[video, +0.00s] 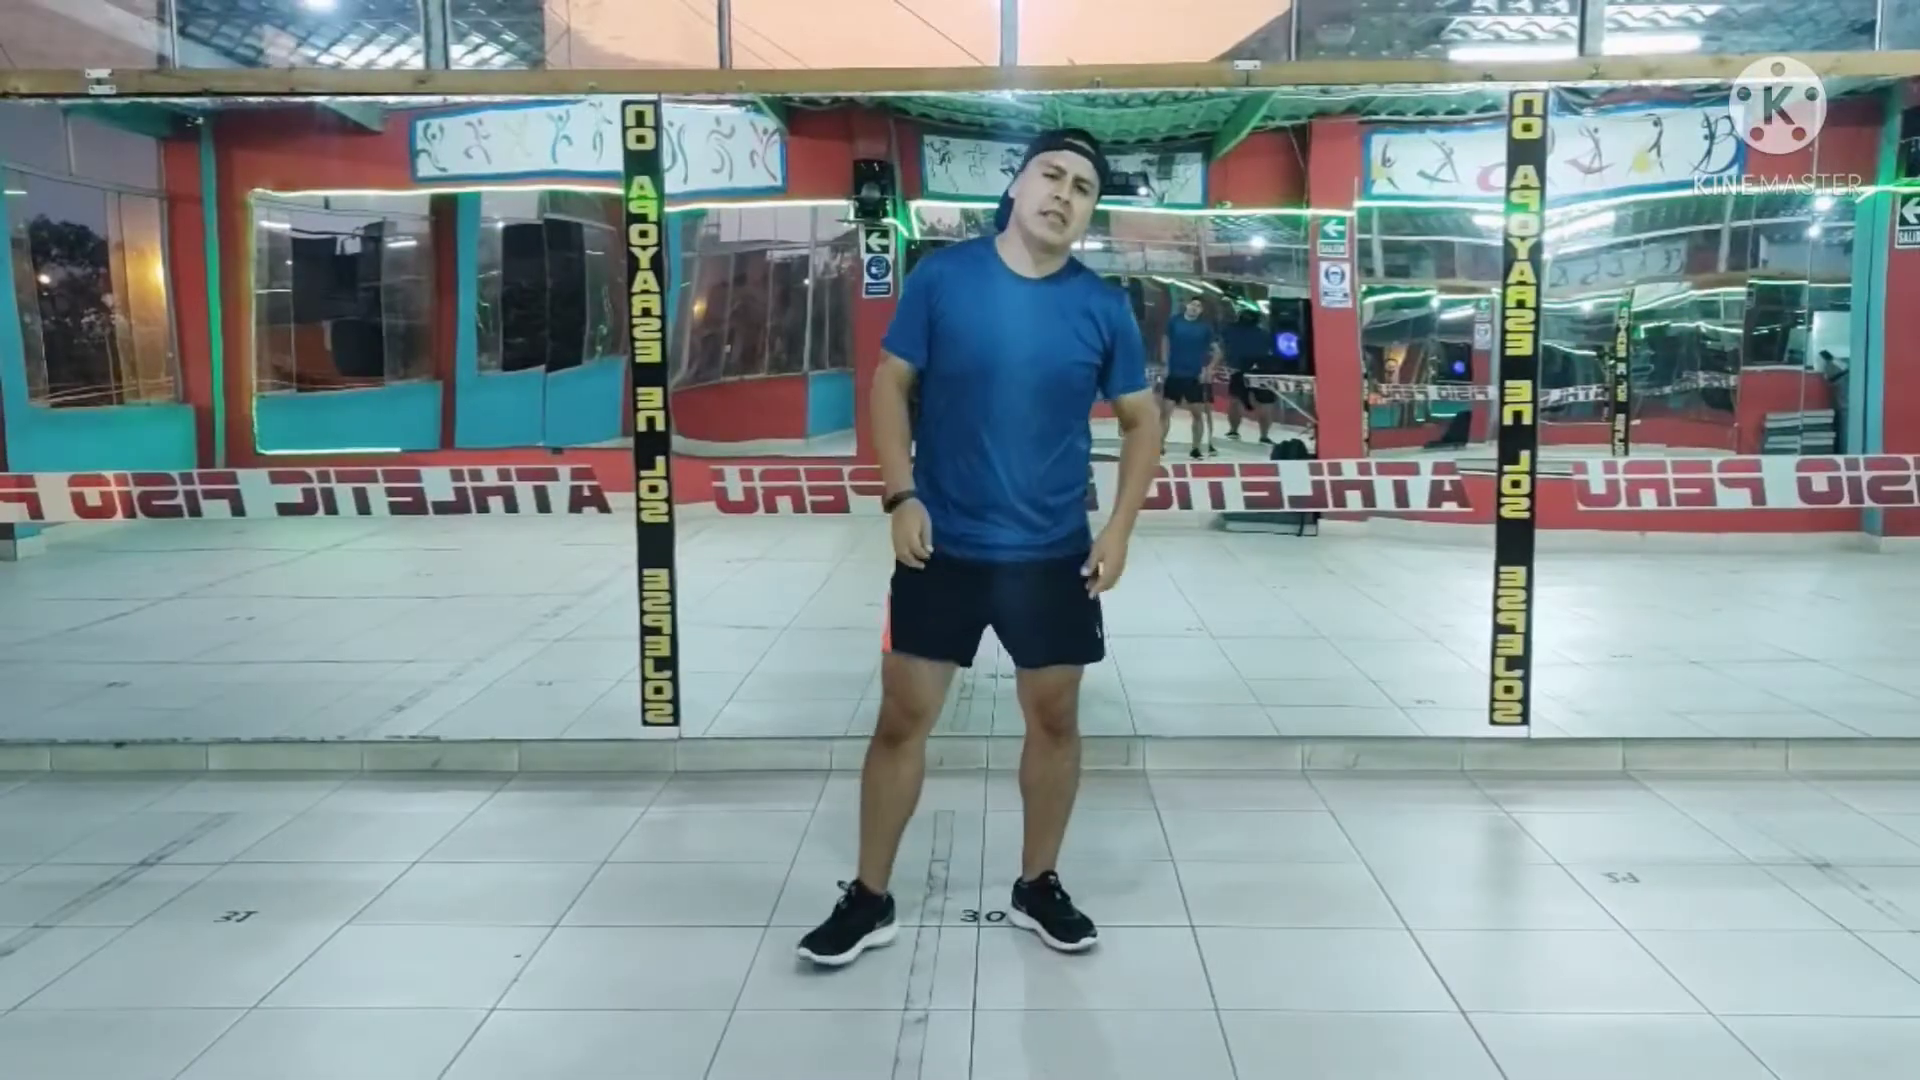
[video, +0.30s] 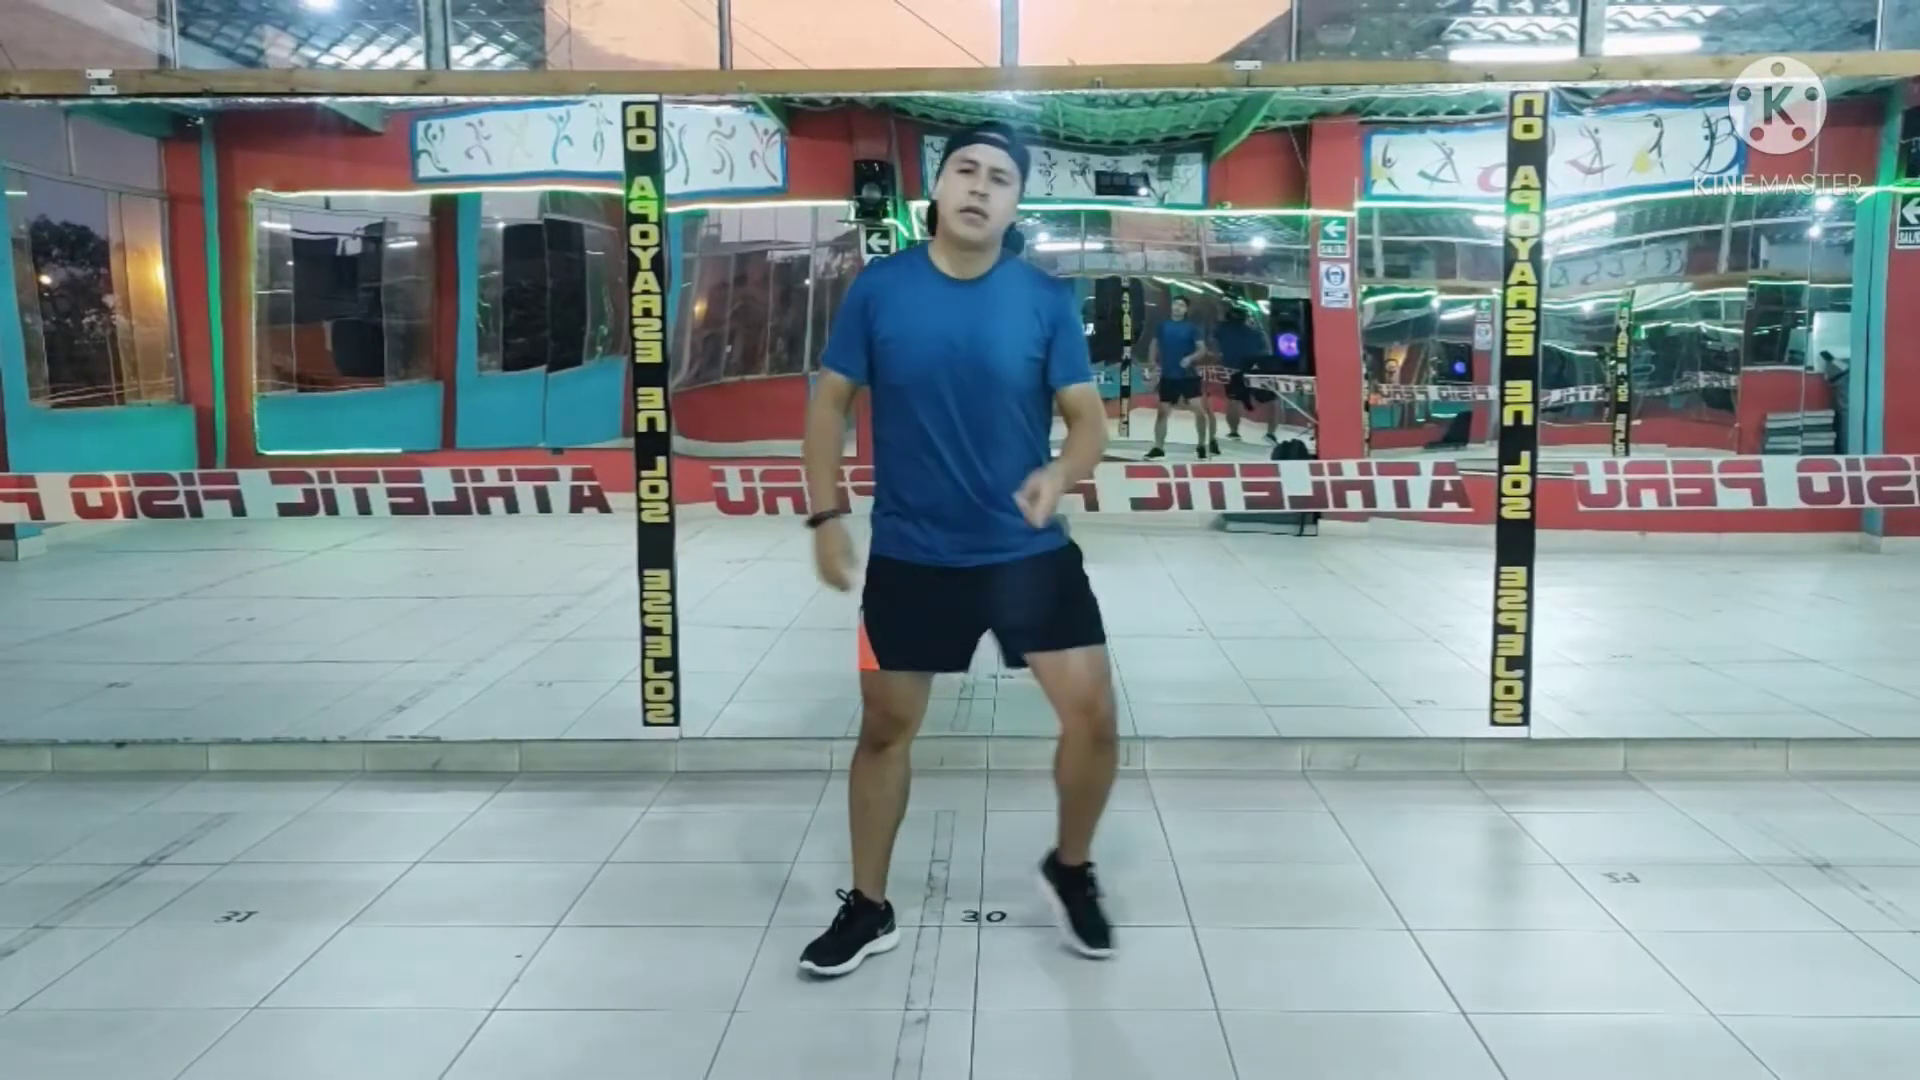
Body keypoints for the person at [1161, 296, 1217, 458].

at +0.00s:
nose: (1194, 308)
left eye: (1197, 306)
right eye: (1192, 305)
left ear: (1201, 310)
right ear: (1186, 306)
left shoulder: (1205, 327)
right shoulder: (1174, 322)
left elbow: (1217, 351)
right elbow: (1166, 341)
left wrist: (1209, 369)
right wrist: (1165, 365)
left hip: (1194, 375)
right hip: (1174, 372)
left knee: (1197, 413)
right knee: (1165, 410)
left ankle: (1196, 447)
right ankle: (1160, 443)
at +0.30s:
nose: (1178, 308)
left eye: (1181, 305)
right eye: (1175, 304)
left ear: (1186, 309)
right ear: (1171, 307)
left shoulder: (1192, 328)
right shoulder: (1162, 327)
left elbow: (1202, 350)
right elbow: (1154, 345)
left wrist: (1190, 359)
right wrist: (1152, 364)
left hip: (1188, 376)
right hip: (1168, 375)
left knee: (1199, 411)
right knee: (1163, 411)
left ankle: (1201, 445)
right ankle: (1158, 446)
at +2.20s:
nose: (1182, 309)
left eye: (1186, 306)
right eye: (1180, 305)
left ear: (1191, 310)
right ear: (1175, 308)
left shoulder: (1198, 328)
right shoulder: (1168, 327)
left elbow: (1204, 350)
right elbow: (1162, 348)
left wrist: (1190, 343)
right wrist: (1157, 368)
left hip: (1192, 379)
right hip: (1172, 378)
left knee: (1203, 415)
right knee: (1166, 415)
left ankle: (1211, 450)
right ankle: (1162, 448)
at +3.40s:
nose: (1184, 312)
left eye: (1188, 309)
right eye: (1182, 308)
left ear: (1193, 313)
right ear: (1178, 310)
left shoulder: (1199, 330)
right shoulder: (1169, 328)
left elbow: (1206, 349)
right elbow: (1162, 347)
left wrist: (1202, 364)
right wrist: (1160, 367)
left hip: (1193, 379)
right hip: (1173, 378)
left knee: (1204, 415)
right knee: (1167, 414)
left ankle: (1214, 450)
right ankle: (1164, 448)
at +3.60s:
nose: (1184, 313)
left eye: (1188, 311)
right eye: (1182, 310)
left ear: (1193, 314)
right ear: (1177, 311)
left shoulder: (1198, 332)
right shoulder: (1169, 329)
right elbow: (1161, 347)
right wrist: (1158, 368)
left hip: (1191, 381)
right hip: (1171, 380)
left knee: (1205, 415)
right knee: (1166, 415)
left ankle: (1220, 448)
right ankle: (1164, 448)